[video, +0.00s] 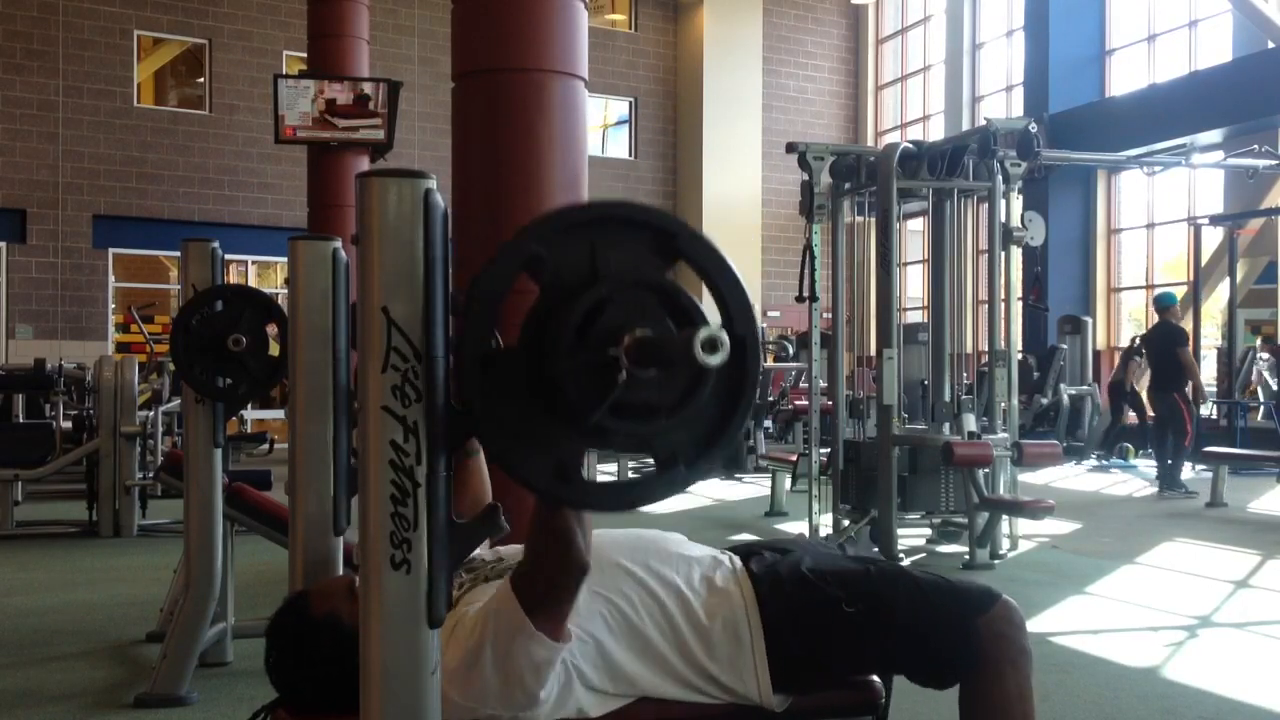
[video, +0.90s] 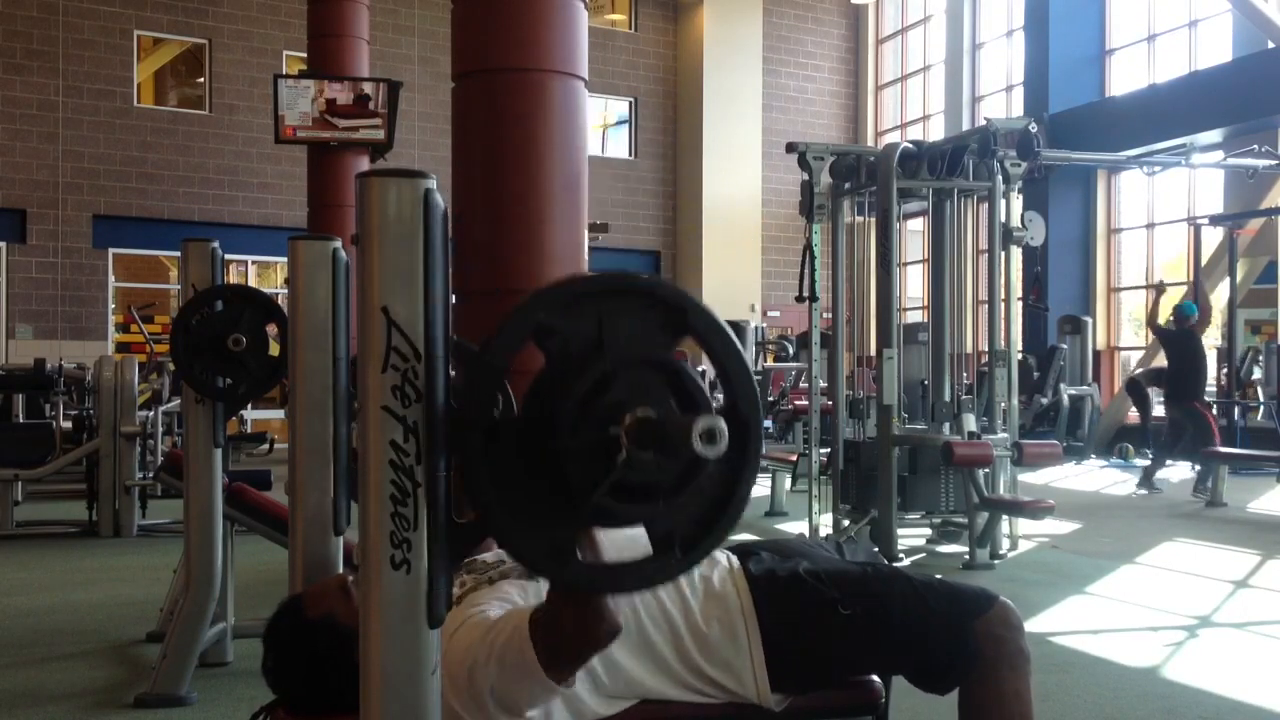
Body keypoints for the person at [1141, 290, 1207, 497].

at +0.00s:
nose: (1181, 310)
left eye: (1179, 307)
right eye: (1178, 307)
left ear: (1159, 310)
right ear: (1172, 309)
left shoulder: (1149, 335)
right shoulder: (1177, 331)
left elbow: (1151, 365)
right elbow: (1188, 361)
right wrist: (1199, 387)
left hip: (1155, 390)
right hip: (1173, 390)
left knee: (1162, 431)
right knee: (1186, 431)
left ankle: (1164, 477)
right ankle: (1174, 479)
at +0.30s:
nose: (1187, 318)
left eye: (1186, 314)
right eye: (1185, 315)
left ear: (1168, 317)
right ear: (1178, 317)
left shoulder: (1159, 338)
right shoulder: (1180, 337)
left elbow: (1143, 362)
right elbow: (1203, 357)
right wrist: (1231, 368)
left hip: (1165, 396)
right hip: (1180, 396)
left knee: (1182, 437)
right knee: (1201, 436)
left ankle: (1169, 481)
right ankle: (1178, 482)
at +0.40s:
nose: (1190, 311)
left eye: (1189, 308)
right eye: (1188, 308)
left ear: (1169, 310)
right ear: (1182, 309)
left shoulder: (1159, 331)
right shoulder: (1184, 328)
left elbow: (1144, 338)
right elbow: (1203, 336)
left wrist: (1140, 335)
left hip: (1167, 390)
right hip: (1184, 390)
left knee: (1180, 432)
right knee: (1200, 429)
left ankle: (1168, 478)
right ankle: (1180, 478)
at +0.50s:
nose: (1192, 300)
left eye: (1191, 296)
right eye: (1190, 296)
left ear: (1171, 298)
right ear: (1185, 297)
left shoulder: (1161, 318)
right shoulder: (1191, 314)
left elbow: (1142, 316)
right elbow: (1208, 310)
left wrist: (1135, 304)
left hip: (1168, 377)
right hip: (1187, 377)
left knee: (1174, 420)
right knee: (1197, 417)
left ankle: (1166, 471)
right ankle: (1190, 471)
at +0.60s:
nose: (1193, 299)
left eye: (1192, 296)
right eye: (1191, 296)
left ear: (1173, 297)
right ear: (1187, 297)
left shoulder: (1163, 316)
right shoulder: (1190, 313)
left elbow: (1145, 302)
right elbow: (1205, 289)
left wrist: (1137, 280)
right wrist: (1215, 265)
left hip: (1171, 378)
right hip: (1190, 378)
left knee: (1172, 422)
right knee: (1202, 418)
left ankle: (1157, 469)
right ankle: (1197, 470)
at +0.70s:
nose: (1194, 306)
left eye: (1192, 303)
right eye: (1192, 302)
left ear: (1173, 306)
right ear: (1188, 305)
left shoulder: (1165, 325)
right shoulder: (1188, 323)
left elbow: (1149, 304)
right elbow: (1197, 291)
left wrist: (1151, 275)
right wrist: (1196, 267)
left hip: (1172, 387)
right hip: (1190, 387)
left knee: (1173, 428)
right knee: (1207, 424)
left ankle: (1151, 472)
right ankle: (1207, 475)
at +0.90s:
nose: (1198, 319)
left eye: (1197, 316)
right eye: (1196, 316)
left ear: (1175, 318)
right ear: (1193, 319)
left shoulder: (1168, 337)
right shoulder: (1194, 335)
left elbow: (1152, 322)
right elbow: (1206, 312)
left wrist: (1157, 296)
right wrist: (1200, 286)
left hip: (1172, 400)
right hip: (1192, 401)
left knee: (1172, 439)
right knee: (1212, 442)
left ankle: (1147, 477)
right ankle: (1201, 484)